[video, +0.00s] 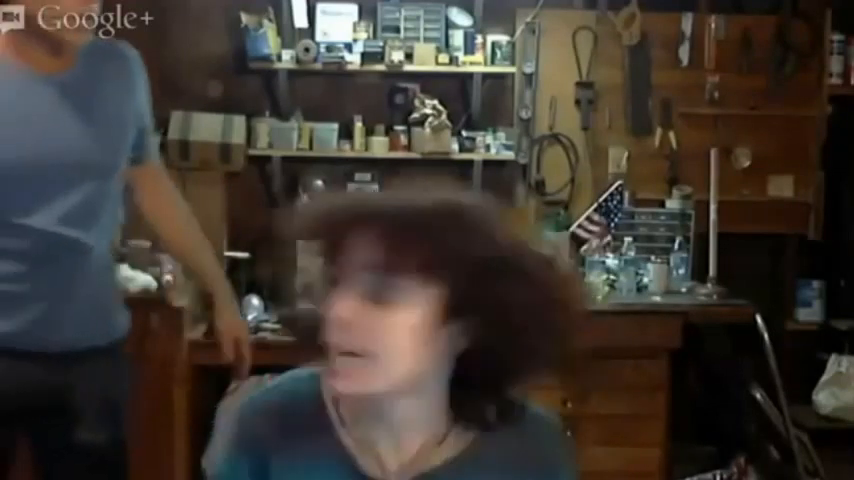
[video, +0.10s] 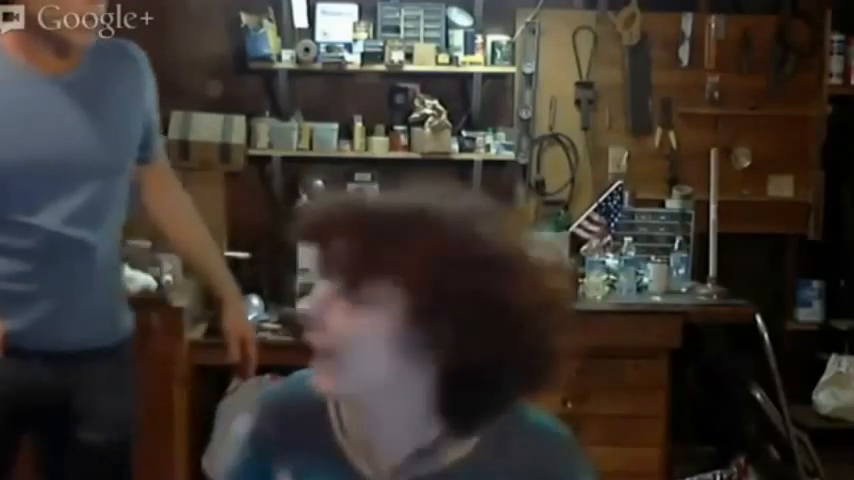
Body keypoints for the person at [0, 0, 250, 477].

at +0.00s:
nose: (87, 6)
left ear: (103, 3)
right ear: (24, 1)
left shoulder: (118, 65)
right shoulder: (8, 64)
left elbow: (149, 180)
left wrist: (221, 293)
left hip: (94, 344)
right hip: (12, 345)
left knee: (98, 470)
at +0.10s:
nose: (93, 7)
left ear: (108, 3)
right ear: (28, 1)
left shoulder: (126, 66)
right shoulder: (5, 65)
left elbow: (159, 186)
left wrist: (229, 295)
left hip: (103, 348)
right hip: (14, 349)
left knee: (102, 470)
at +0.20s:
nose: (95, 7)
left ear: (111, 2)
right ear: (31, 2)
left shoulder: (130, 67)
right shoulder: (6, 65)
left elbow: (166, 185)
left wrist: (234, 295)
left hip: (104, 350)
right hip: (14, 351)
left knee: (103, 470)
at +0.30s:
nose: (95, 7)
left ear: (111, 2)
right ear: (31, 2)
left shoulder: (130, 67)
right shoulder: (6, 65)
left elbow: (166, 185)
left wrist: (234, 295)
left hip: (104, 350)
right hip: (15, 351)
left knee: (103, 471)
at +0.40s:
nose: (109, 7)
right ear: (38, 3)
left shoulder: (138, 68)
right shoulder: (6, 66)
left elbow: (172, 184)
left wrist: (240, 297)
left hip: (107, 350)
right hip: (14, 350)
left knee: (106, 472)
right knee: (7, 470)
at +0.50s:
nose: (110, 8)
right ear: (38, 3)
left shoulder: (140, 69)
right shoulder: (6, 66)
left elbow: (175, 184)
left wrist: (241, 297)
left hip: (108, 350)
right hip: (14, 350)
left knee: (107, 471)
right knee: (8, 469)